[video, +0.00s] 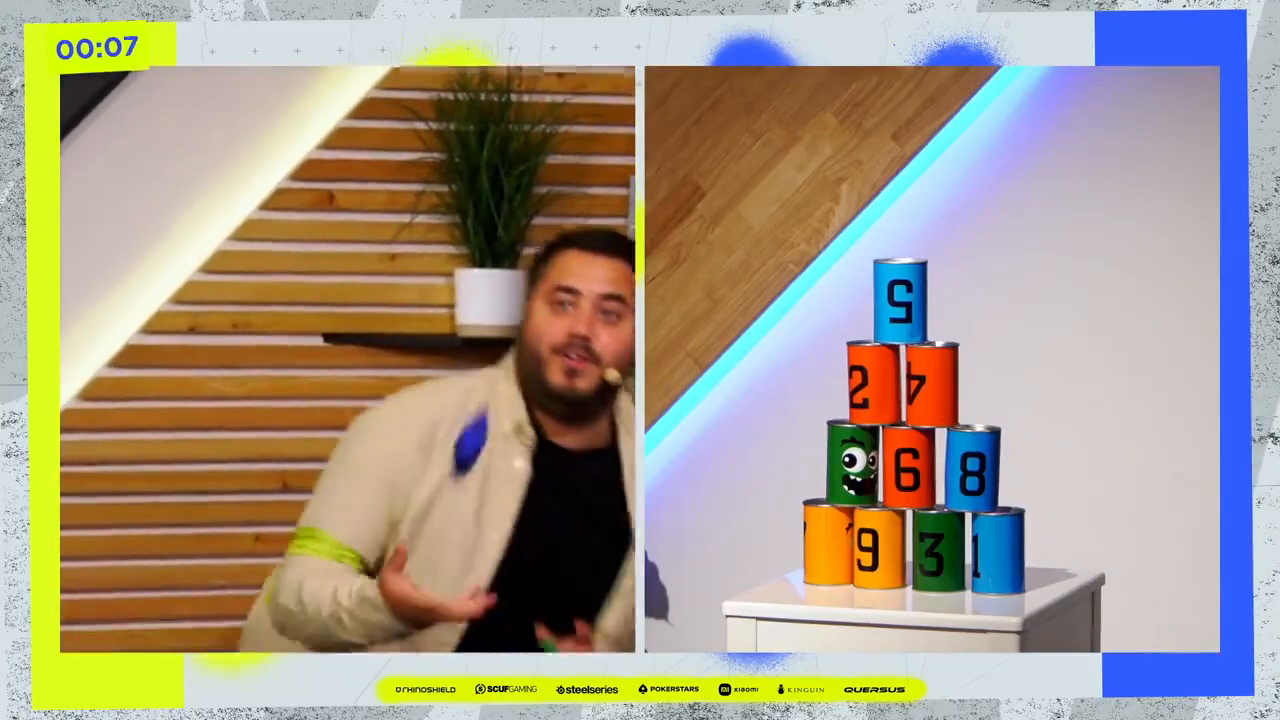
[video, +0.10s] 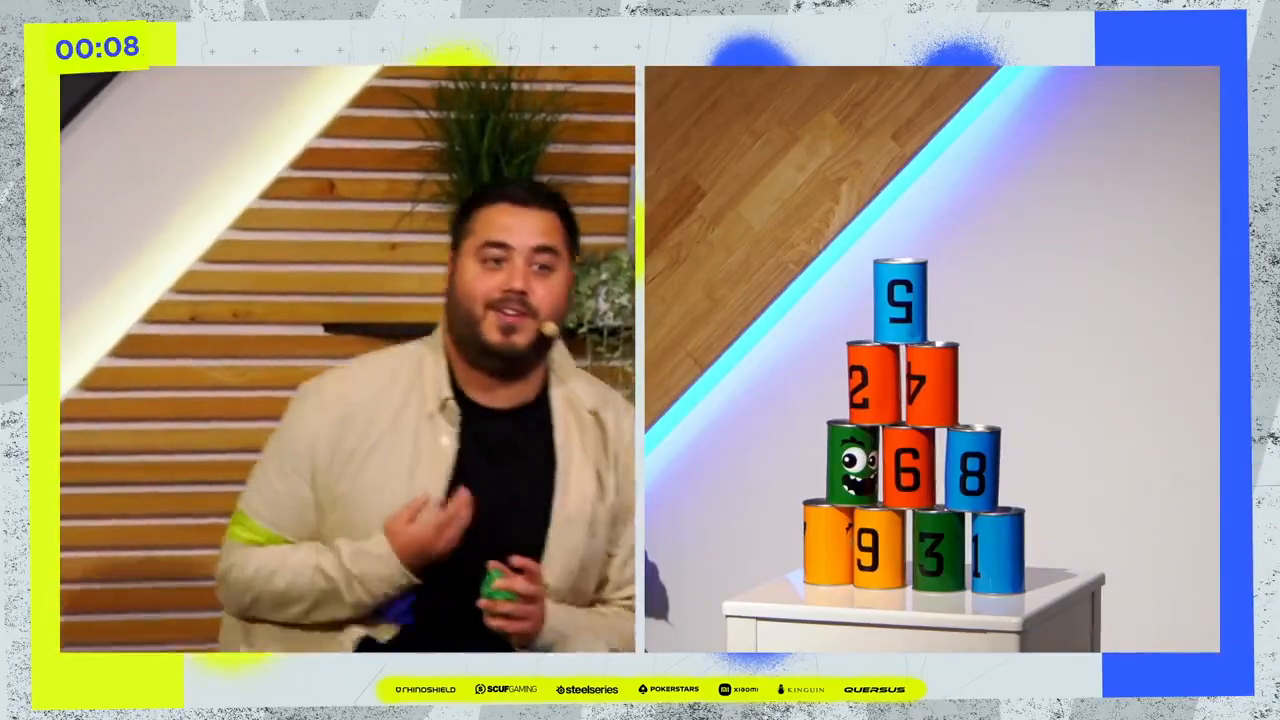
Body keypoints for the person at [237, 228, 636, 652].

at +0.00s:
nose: (581, 331)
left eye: (611, 312)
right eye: (563, 303)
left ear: (638, 339)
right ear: (526, 313)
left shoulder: (659, 453)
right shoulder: (409, 428)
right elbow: (297, 592)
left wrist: (617, 662)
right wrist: (383, 608)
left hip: (588, 705)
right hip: (412, 699)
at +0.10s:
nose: (517, 284)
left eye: (543, 265)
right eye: (494, 260)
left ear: (568, 286)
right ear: (452, 270)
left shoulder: (616, 431)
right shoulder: (335, 406)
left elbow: (636, 626)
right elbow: (242, 577)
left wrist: (549, 624)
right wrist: (385, 562)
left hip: (538, 705)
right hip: (344, 704)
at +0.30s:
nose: (446, 271)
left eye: (465, 247)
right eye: (417, 247)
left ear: (488, 265)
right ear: (363, 268)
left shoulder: (548, 409)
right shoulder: (259, 406)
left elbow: (572, 588)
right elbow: (162, 551)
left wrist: (487, 687)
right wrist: (294, 636)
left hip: (471, 709)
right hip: (288, 710)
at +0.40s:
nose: (446, 277)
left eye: (464, 251)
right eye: (415, 252)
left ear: (483, 262)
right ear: (357, 264)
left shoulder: (528, 397)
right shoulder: (252, 403)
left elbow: (551, 573)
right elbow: (144, 552)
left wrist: (508, 687)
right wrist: (285, 652)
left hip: (455, 705)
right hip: (277, 710)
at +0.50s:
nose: (456, 293)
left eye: (474, 266)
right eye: (427, 266)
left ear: (491, 269)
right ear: (366, 266)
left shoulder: (509, 385)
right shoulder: (260, 402)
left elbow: (538, 561)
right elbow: (149, 566)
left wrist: (521, 685)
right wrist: (309, 668)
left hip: (451, 704)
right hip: (275, 710)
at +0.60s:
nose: (462, 294)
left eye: (480, 267)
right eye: (434, 267)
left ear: (496, 265)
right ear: (372, 261)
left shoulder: (492, 371)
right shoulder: (279, 392)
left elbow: (520, 545)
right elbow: (168, 569)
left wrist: (529, 684)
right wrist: (311, 685)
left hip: (450, 698)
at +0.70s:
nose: (458, 307)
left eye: (477, 282)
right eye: (433, 280)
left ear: (494, 269)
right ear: (372, 255)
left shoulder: (469, 366)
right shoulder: (281, 374)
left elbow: (485, 555)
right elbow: (182, 559)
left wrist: (535, 682)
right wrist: (325, 681)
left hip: (421, 694)